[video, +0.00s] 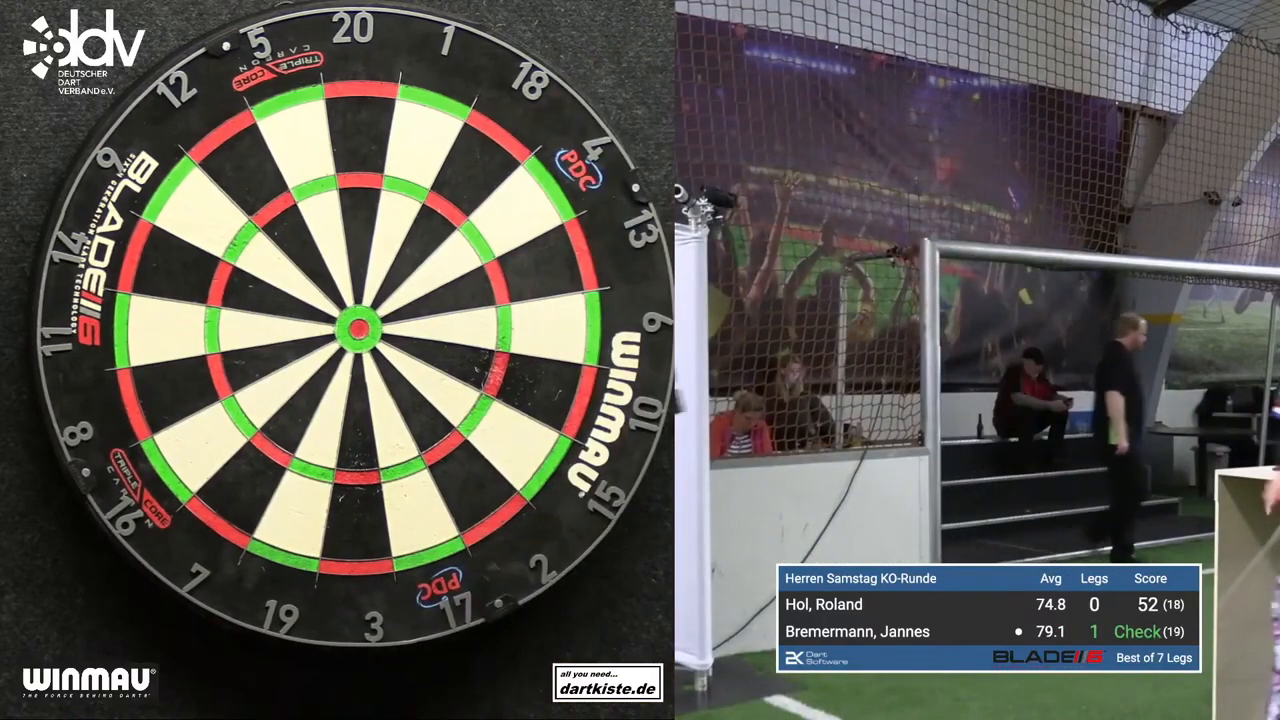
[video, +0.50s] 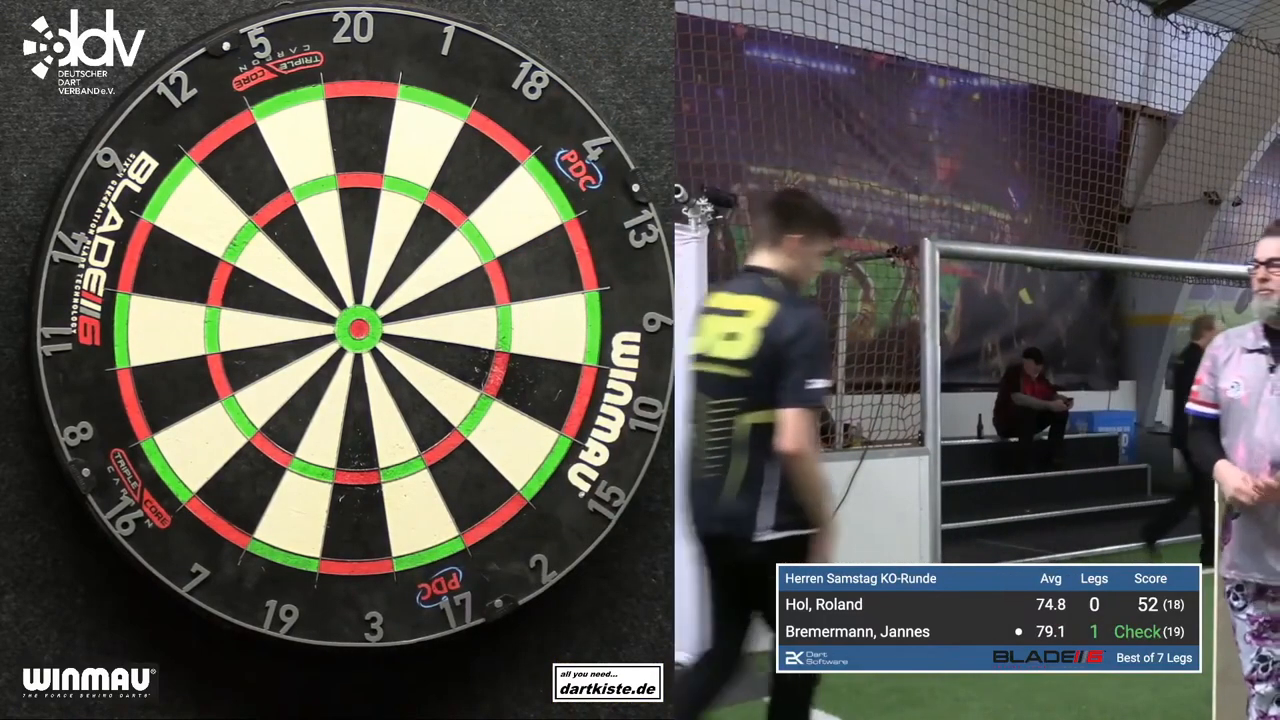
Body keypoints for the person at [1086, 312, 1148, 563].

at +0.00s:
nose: (1145, 339)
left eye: (1145, 335)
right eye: (1143, 334)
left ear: (1128, 333)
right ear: (1131, 333)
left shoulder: (1117, 356)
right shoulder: (1117, 356)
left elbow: (1116, 396)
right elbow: (1114, 396)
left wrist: (1126, 434)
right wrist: (1121, 436)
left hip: (1122, 439)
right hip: (1118, 440)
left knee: (1128, 491)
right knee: (1130, 491)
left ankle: (1123, 550)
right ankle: (1121, 552)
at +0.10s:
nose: (1160, 339)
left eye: (1160, 334)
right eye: (1158, 333)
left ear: (1145, 333)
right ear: (1146, 333)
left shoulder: (1133, 354)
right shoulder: (1131, 354)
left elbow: (1132, 395)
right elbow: (1126, 395)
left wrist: (1142, 432)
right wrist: (1135, 433)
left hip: (1135, 439)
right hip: (1136, 440)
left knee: (1126, 498)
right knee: (1161, 495)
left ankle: (1121, 554)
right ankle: (1153, 548)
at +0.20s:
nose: (1177, 340)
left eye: (1177, 335)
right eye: (1175, 335)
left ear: (1160, 335)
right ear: (1163, 336)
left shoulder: (1153, 358)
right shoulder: (1149, 358)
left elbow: (1155, 401)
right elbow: (1143, 400)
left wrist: (1168, 431)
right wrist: (1150, 438)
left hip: (1151, 442)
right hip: (1151, 444)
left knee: (1133, 499)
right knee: (1174, 496)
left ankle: (1123, 552)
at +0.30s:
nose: (1190, 342)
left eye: (1189, 337)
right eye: (1187, 337)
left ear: (1172, 337)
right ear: (1175, 337)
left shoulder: (1166, 361)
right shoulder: (1162, 361)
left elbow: (1170, 404)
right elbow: (1157, 403)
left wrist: (1185, 432)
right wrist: (1162, 441)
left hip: (1161, 444)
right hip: (1164, 445)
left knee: (1141, 500)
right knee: (1188, 500)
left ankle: (1124, 553)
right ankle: (1207, 552)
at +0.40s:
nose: (1210, 340)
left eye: (1209, 335)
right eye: (1207, 335)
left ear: (1190, 336)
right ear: (1194, 336)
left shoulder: (1182, 357)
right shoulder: (1184, 360)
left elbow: (1184, 404)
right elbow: (1179, 404)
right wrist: (1184, 444)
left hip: (1178, 442)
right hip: (1183, 444)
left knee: (1167, 498)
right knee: (1204, 501)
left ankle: (1134, 541)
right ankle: (1210, 553)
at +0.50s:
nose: (1218, 337)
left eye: (1218, 332)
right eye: (1215, 332)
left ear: (1197, 333)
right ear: (1204, 334)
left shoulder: (1187, 357)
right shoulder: (1199, 359)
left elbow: (1182, 401)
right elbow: (1197, 402)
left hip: (1189, 437)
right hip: (1196, 438)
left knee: (1202, 490)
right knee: (1203, 491)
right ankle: (1153, 531)